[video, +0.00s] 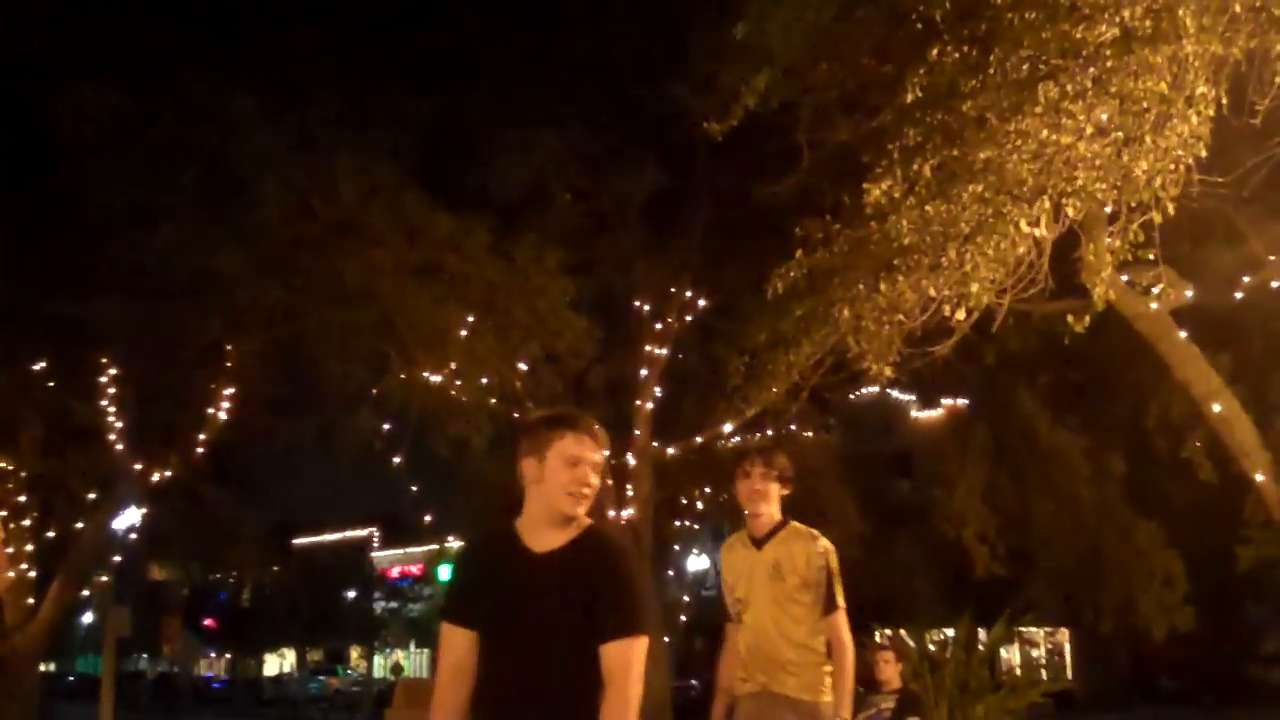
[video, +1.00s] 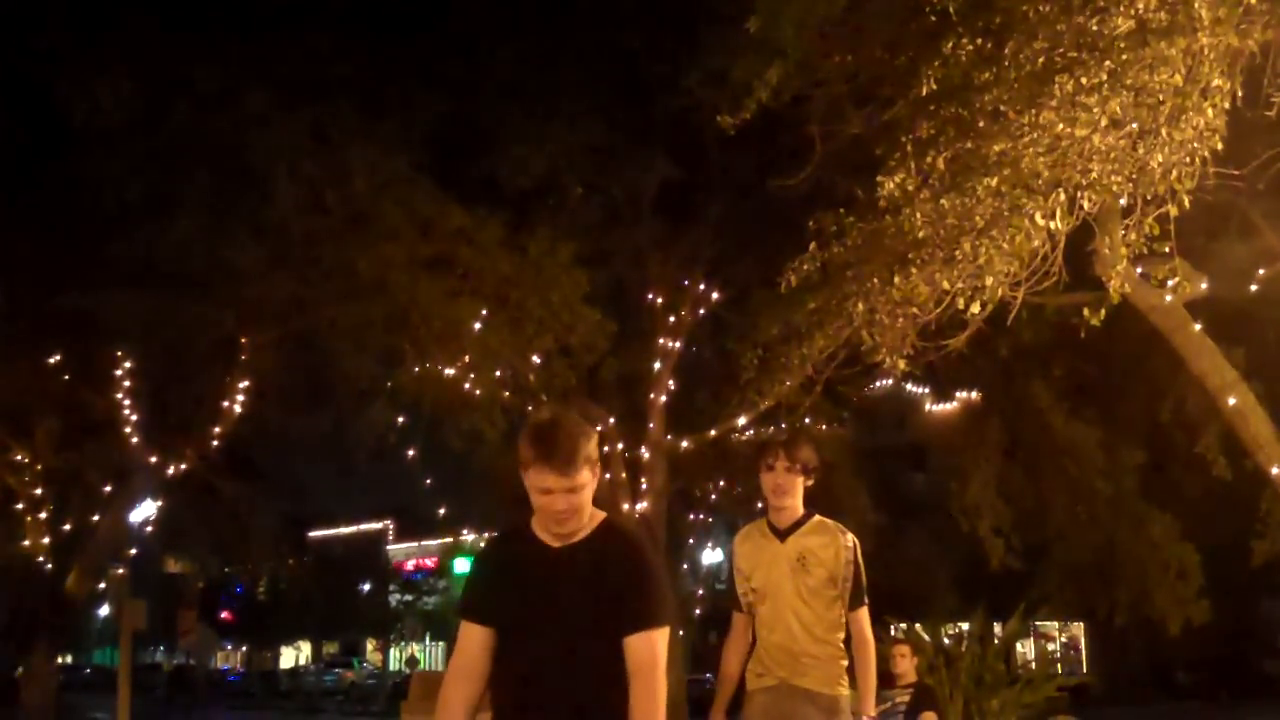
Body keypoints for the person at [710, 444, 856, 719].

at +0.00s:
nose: (755, 485)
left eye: (766, 476)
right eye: (746, 476)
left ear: (784, 487)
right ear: (734, 488)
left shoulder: (814, 547)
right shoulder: (729, 552)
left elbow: (840, 637)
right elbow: (733, 635)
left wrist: (843, 712)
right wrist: (718, 710)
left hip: (808, 700)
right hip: (750, 700)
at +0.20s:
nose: (744, 485)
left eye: (755, 476)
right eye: (735, 476)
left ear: (773, 485)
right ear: (726, 487)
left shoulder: (806, 542)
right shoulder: (724, 549)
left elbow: (843, 629)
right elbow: (729, 640)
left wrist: (841, 705)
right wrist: (712, 713)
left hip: (808, 695)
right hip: (751, 695)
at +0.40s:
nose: (747, 480)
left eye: (757, 470)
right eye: (738, 470)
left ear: (775, 477)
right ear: (728, 479)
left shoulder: (812, 533)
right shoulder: (722, 542)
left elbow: (844, 616)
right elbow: (725, 630)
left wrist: (849, 697)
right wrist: (706, 706)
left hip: (813, 686)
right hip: (755, 687)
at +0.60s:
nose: (754, 477)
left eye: (765, 467)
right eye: (746, 468)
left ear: (784, 475)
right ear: (735, 478)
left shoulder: (818, 535)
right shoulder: (729, 542)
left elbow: (850, 620)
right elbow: (728, 633)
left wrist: (861, 701)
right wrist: (701, 710)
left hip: (813, 689)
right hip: (754, 688)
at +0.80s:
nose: (769, 479)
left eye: (781, 469)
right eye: (760, 468)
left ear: (799, 477)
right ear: (751, 478)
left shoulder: (832, 539)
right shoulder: (739, 542)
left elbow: (859, 628)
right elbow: (737, 630)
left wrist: (869, 708)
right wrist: (710, 708)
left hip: (821, 693)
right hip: (760, 692)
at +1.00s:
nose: (779, 479)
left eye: (789, 470)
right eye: (770, 469)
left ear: (807, 477)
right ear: (759, 476)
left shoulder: (839, 541)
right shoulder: (745, 542)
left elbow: (860, 632)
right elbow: (740, 630)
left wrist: (867, 711)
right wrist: (718, 709)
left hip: (825, 696)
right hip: (762, 695)